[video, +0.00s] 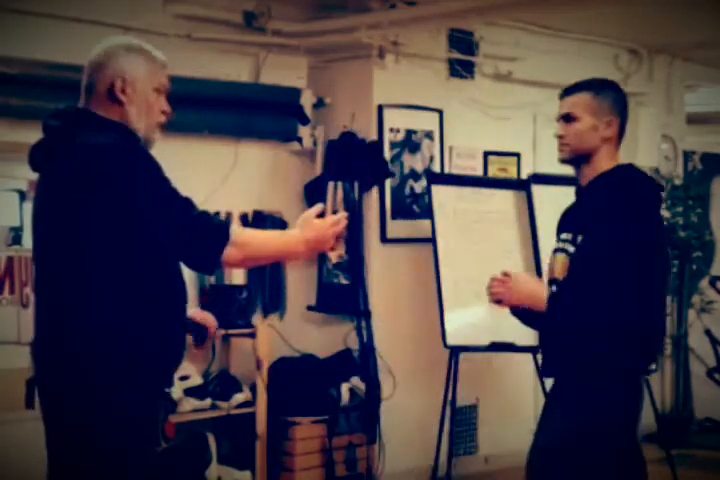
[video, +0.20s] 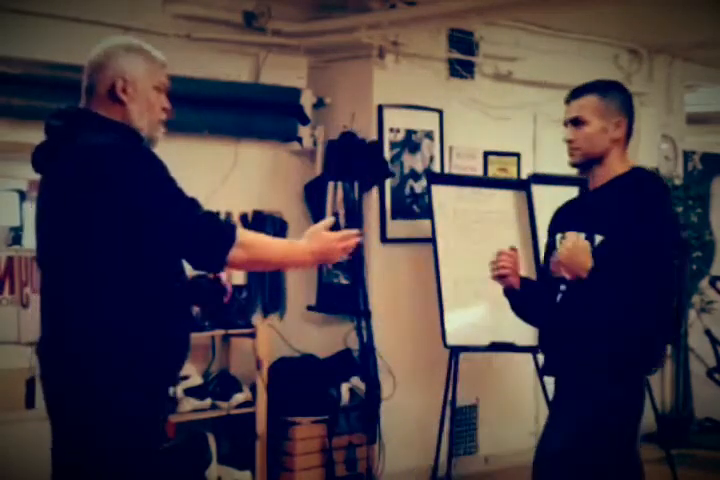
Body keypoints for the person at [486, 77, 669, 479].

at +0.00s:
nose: (558, 130)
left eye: (569, 119)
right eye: (559, 121)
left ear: (607, 128)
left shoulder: (629, 196)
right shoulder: (576, 211)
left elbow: (622, 320)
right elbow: (571, 321)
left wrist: (543, 298)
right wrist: (520, 301)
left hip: (607, 381)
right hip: (576, 378)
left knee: (551, 468)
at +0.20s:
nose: (567, 135)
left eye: (578, 123)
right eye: (566, 125)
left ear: (616, 129)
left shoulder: (647, 195)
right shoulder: (567, 213)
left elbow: (659, 296)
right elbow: (553, 311)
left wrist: (591, 270)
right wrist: (518, 284)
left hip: (617, 370)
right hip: (573, 370)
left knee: (553, 466)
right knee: (607, 468)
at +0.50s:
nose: (522, 153)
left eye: (530, 140)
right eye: (520, 144)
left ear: (571, 137)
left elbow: (660, 324)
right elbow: (514, 319)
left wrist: (590, 298)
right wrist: (485, 300)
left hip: (589, 387)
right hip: (544, 386)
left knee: (520, 469)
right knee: (595, 467)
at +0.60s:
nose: (482, 155)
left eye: (489, 141)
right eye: (480, 145)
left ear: (529, 139)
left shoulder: (572, 214)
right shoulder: (503, 227)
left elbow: (617, 322)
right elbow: (513, 331)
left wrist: (531, 300)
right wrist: (469, 308)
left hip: (569, 393)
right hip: (528, 393)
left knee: (502, 471)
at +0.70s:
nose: (435, 160)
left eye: (442, 145)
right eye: (434, 148)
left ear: (482, 143)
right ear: (482, 145)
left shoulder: (502, 201)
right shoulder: (504, 197)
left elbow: (496, 321)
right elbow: (504, 313)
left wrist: (410, 308)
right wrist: (443, 306)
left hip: (530, 391)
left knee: (473, 473)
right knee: (560, 471)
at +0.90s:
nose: (350, 186)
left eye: (354, 173)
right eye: (347, 175)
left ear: (389, 163)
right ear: (392, 164)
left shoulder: (418, 238)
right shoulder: (458, 208)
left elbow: (363, 345)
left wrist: (268, 376)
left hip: (487, 402)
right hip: (535, 387)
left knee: (432, 474)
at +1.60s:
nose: (378, 180)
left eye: (382, 167)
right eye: (375, 169)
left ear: (415, 156)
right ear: (418, 157)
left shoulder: (449, 230)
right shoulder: (474, 199)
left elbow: (392, 339)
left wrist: (296, 384)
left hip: (499, 396)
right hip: (533, 382)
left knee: (448, 472)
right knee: (546, 473)